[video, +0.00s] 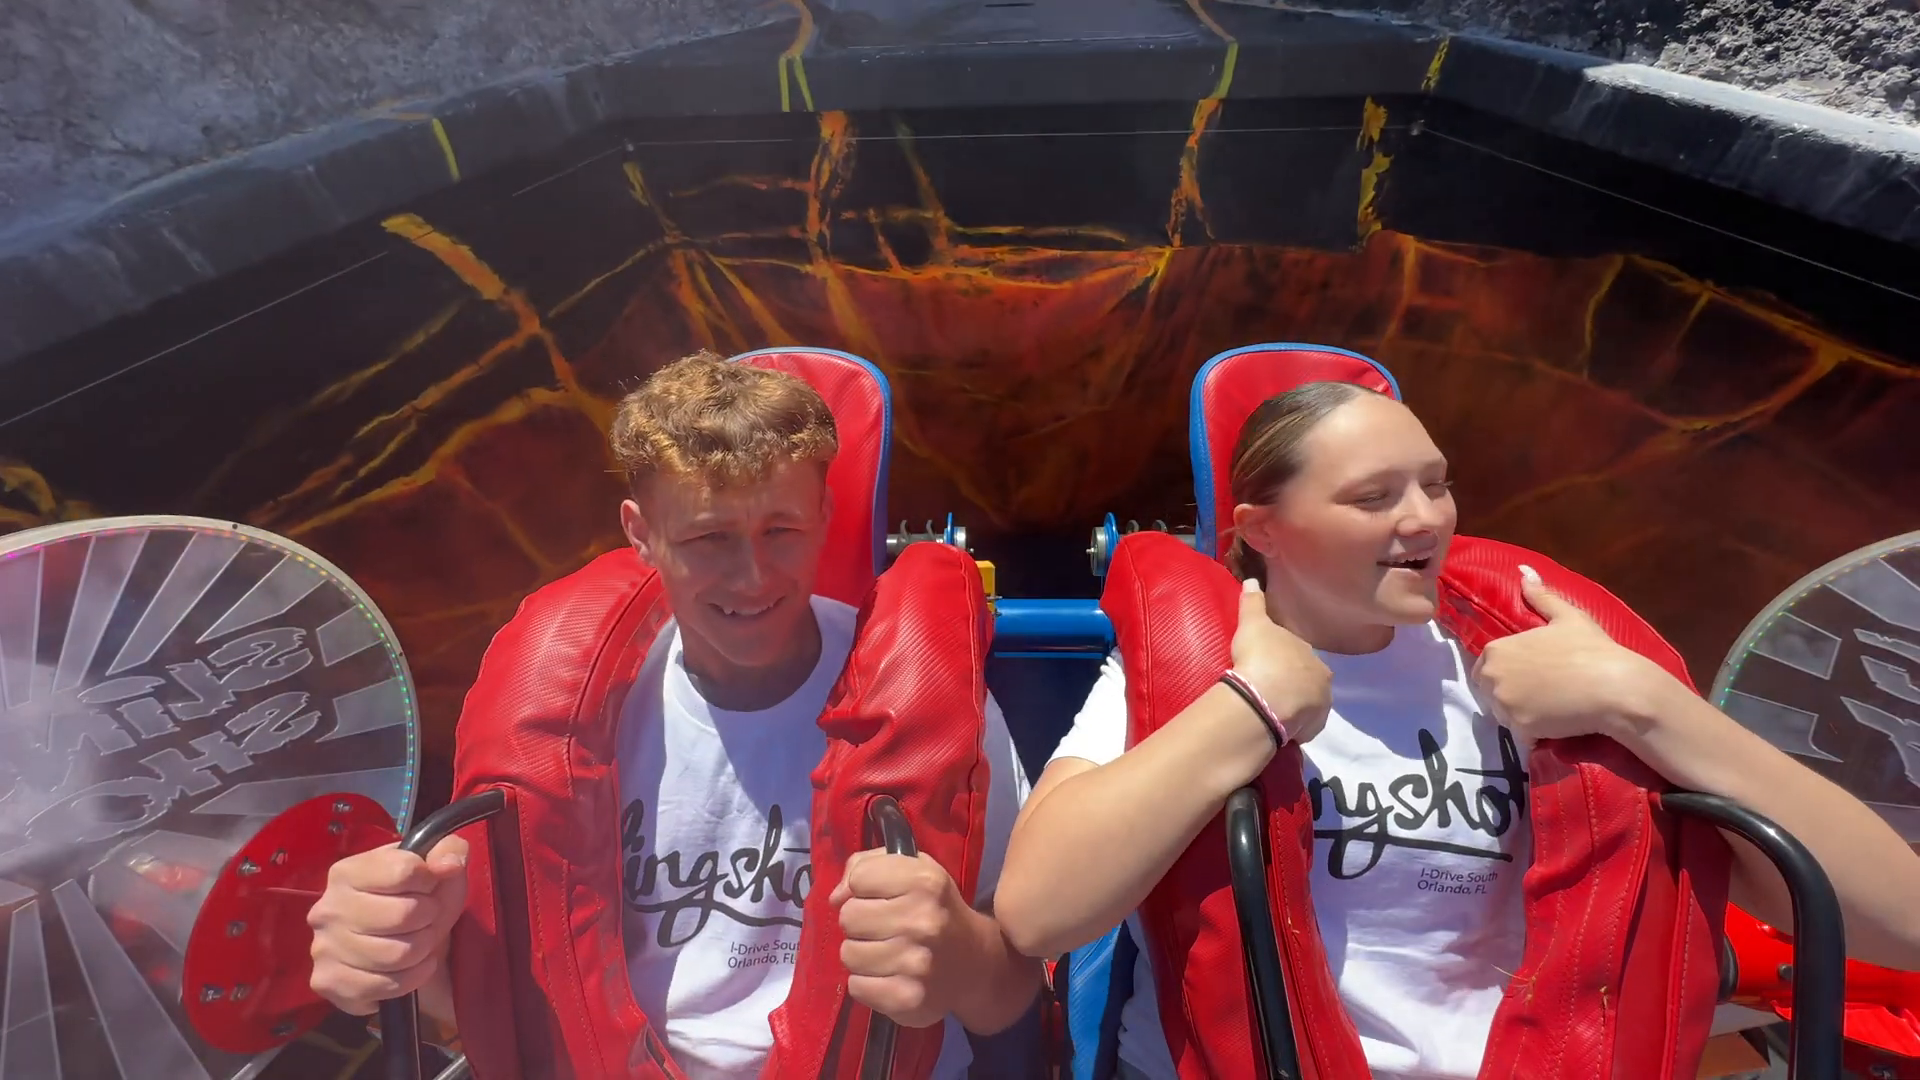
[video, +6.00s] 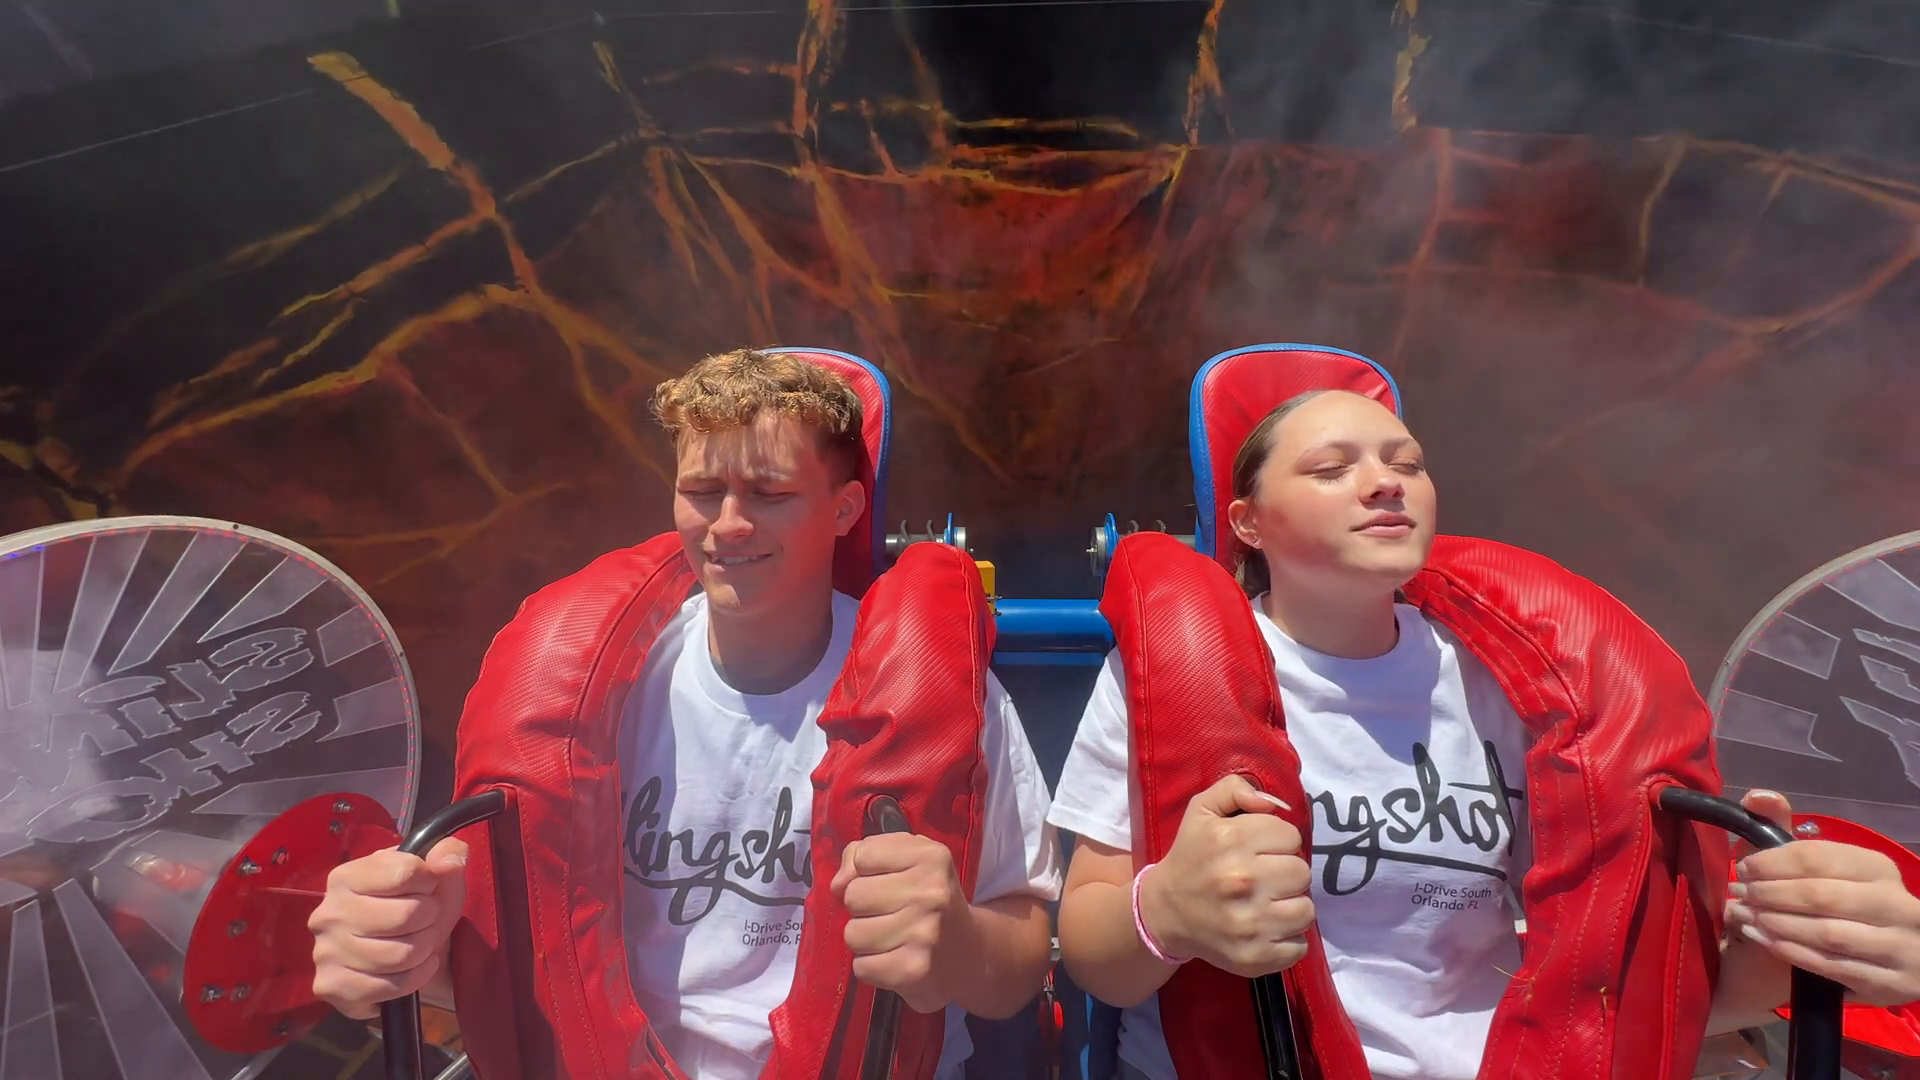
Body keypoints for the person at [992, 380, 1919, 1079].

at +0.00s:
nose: (1429, 521)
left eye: (1434, 484)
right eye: (1376, 497)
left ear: (1450, 485)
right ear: (1257, 528)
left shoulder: (1530, 670)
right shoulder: (1176, 672)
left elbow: (1902, 918)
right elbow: (1035, 915)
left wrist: (1642, 703)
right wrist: (1250, 711)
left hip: (1532, 1066)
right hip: (1301, 1067)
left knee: (1749, 1054)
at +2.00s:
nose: (1386, 489)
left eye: (1402, 463)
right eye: (1332, 471)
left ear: (1432, 494)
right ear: (1250, 524)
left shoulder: (1537, 677)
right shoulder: (1172, 678)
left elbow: (1883, 947)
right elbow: (1048, 939)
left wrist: (1666, 706)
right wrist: (1239, 718)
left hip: (1526, 1065)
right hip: (1293, 1066)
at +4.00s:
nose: (1384, 482)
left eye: (1400, 458)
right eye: (1329, 468)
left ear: (1431, 489)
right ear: (1244, 523)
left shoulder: (1524, 670)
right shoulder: (1175, 667)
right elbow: (1087, 953)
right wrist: (1164, 914)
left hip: (1508, 1068)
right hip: (1289, 1066)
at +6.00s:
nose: (1384, 479)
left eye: (1401, 455)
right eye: (1330, 464)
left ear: (1433, 489)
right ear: (1244, 522)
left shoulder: (1524, 670)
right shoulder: (1172, 668)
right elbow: (1085, 956)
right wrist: (1161, 911)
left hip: (1506, 1066)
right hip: (1290, 1065)